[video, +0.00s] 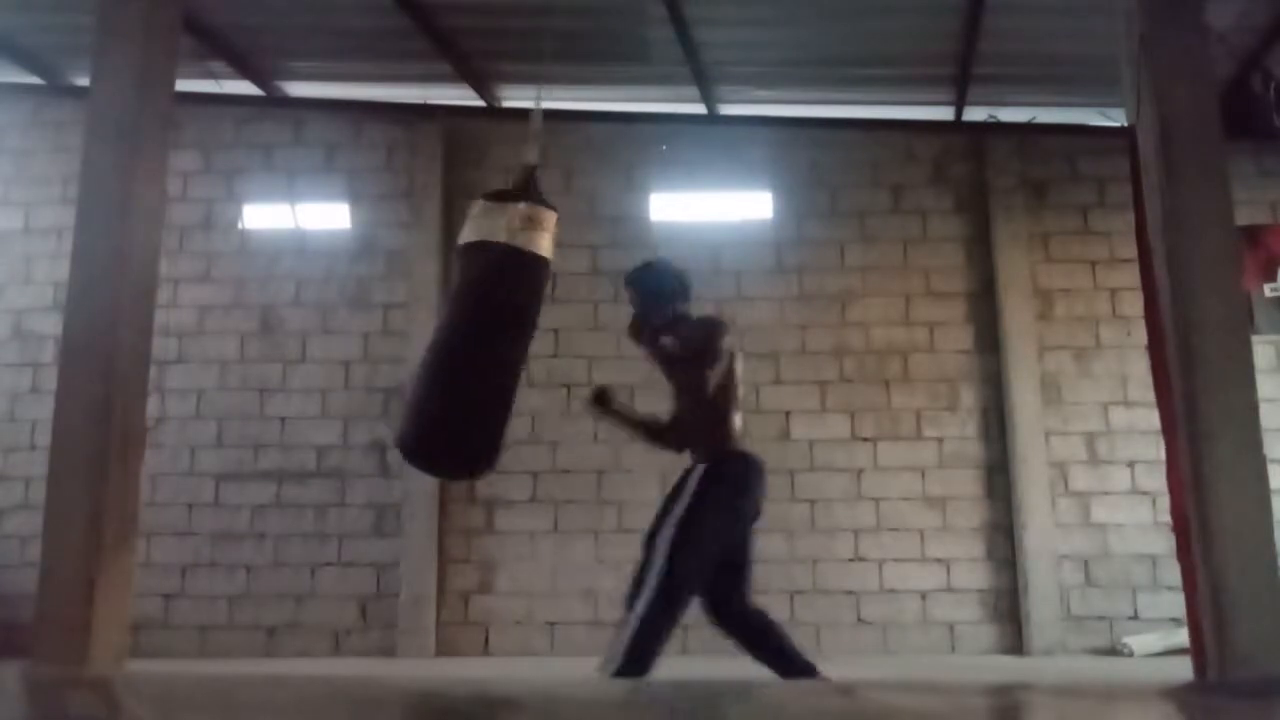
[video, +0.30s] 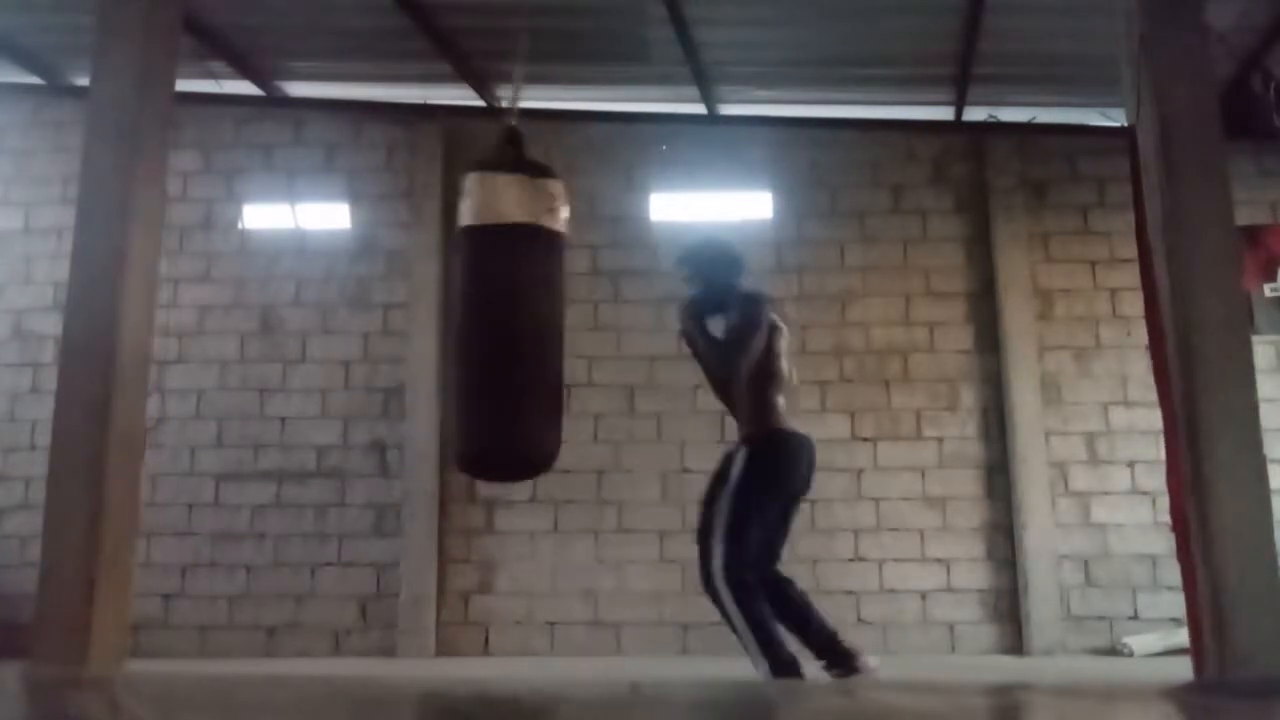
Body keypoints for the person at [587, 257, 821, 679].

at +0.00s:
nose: (632, 315)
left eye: (637, 303)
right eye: (631, 303)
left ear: (660, 301)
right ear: (671, 302)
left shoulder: (694, 329)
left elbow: (716, 335)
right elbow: (677, 438)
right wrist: (614, 410)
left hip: (717, 472)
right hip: (736, 474)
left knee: (663, 574)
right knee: (727, 604)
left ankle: (615, 685)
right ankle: (813, 686)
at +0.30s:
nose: (688, 291)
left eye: (693, 280)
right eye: (687, 281)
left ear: (716, 276)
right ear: (730, 275)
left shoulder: (751, 310)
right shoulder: (765, 319)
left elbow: (730, 378)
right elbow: (738, 395)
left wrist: (693, 330)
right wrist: (697, 335)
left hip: (761, 453)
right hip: (790, 451)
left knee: (721, 570)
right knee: (759, 570)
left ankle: (785, 677)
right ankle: (845, 664)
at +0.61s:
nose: (737, 274)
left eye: (742, 263)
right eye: (737, 264)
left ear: (765, 263)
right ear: (767, 266)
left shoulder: (810, 297)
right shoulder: (768, 313)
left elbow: (811, 358)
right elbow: (771, 387)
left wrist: (765, 317)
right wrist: (749, 332)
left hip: (827, 435)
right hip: (846, 434)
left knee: (784, 548)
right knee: (838, 556)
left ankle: (804, 671)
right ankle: (913, 666)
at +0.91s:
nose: (784, 302)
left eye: (788, 291)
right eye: (782, 292)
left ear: (814, 288)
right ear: (806, 290)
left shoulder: (857, 319)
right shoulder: (820, 336)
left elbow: (862, 382)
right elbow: (814, 406)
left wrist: (808, 343)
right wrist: (790, 354)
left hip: (870, 456)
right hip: (885, 456)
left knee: (826, 561)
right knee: (870, 570)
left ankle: (886, 672)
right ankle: (933, 675)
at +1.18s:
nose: (790, 295)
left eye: (795, 283)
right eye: (789, 285)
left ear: (822, 281)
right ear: (816, 284)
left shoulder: (860, 309)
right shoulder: (832, 332)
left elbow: (859, 375)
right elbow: (816, 400)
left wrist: (821, 325)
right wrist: (792, 341)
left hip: (875, 452)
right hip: (877, 453)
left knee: (850, 571)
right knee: (858, 572)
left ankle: (906, 674)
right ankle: (946, 654)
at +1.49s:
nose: (789, 278)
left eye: (793, 267)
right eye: (786, 269)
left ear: (815, 262)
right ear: (818, 266)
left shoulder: (855, 288)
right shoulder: (825, 308)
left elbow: (862, 350)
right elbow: (818, 382)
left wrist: (807, 317)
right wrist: (788, 330)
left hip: (873, 428)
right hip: (877, 429)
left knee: (855, 551)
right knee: (866, 549)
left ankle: (904, 665)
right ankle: (914, 662)